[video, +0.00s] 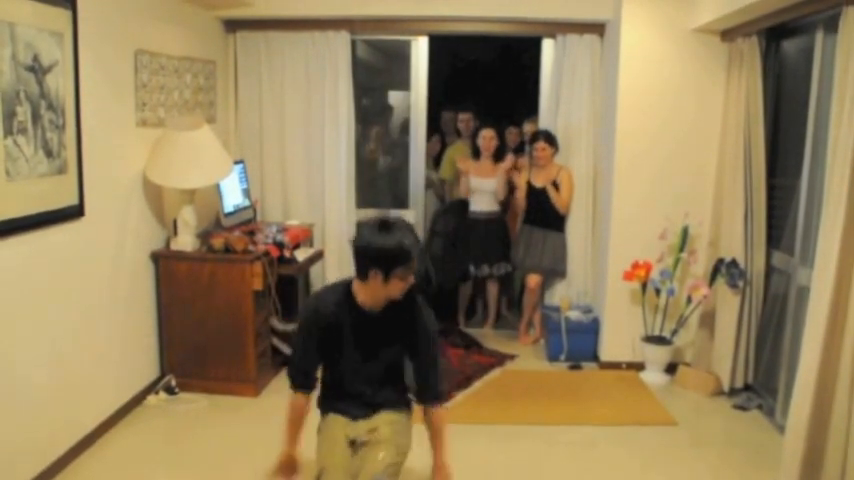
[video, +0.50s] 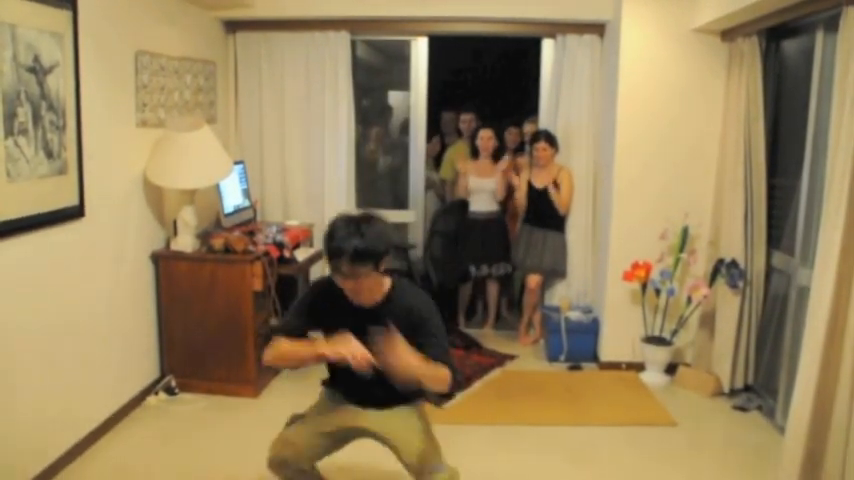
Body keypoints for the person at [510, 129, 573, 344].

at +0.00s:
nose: (539, 154)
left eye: (544, 149)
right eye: (536, 149)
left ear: (553, 151)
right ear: (532, 152)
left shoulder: (563, 174)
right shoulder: (527, 173)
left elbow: (563, 208)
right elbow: (520, 207)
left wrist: (549, 186)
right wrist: (519, 185)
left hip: (551, 232)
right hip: (529, 229)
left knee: (533, 280)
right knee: (534, 284)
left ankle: (523, 324)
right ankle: (538, 328)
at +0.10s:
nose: (539, 153)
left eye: (544, 149)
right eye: (536, 149)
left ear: (553, 151)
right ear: (532, 151)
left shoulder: (562, 173)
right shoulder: (528, 173)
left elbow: (563, 208)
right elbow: (522, 201)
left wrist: (537, 193)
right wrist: (524, 175)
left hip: (550, 230)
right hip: (530, 228)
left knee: (533, 281)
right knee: (533, 284)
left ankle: (523, 326)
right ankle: (538, 328)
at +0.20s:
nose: (539, 154)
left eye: (544, 149)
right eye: (536, 149)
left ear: (554, 151)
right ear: (532, 152)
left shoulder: (562, 173)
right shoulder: (528, 174)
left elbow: (564, 208)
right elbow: (522, 201)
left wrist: (541, 194)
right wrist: (523, 177)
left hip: (551, 231)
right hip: (530, 229)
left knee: (533, 281)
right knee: (533, 284)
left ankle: (523, 325)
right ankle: (538, 328)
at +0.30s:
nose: (539, 154)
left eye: (544, 149)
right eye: (536, 149)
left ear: (554, 151)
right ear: (532, 152)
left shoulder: (563, 174)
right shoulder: (527, 175)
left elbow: (564, 208)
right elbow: (521, 205)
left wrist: (548, 189)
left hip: (551, 232)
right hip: (530, 229)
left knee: (533, 281)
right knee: (533, 285)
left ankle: (523, 325)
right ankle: (538, 329)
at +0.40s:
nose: (540, 154)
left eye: (544, 149)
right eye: (536, 149)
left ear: (554, 151)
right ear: (532, 152)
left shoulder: (562, 174)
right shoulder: (527, 173)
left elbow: (563, 208)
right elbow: (520, 207)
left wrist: (555, 188)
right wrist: (517, 186)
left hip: (551, 232)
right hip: (530, 229)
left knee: (533, 281)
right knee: (535, 284)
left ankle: (523, 325)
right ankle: (538, 328)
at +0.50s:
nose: (540, 154)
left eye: (545, 149)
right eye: (536, 149)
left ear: (554, 151)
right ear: (532, 152)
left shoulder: (562, 174)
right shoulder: (527, 173)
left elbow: (563, 209)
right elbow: (520, 208)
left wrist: (551, 189)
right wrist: (519, 187)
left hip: (551, 232)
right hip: (530, 229)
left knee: (533, 281)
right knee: (534, 285)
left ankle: (523, 324)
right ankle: (538, 328)